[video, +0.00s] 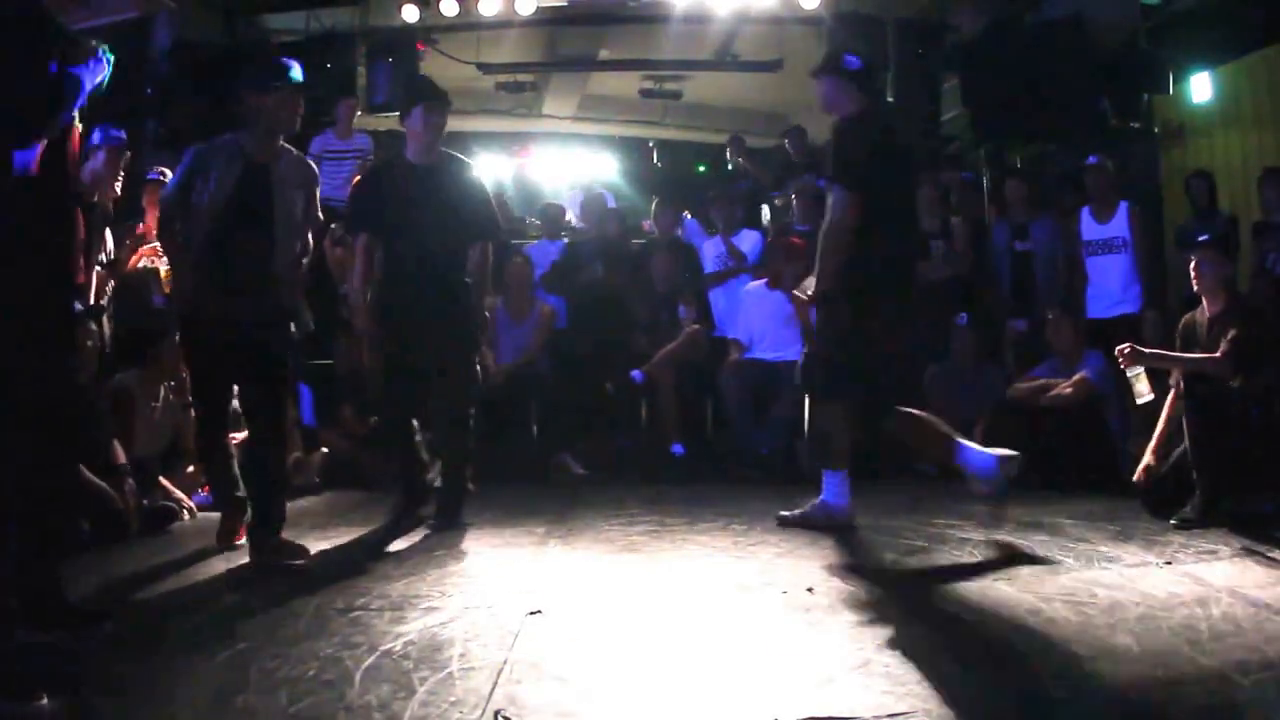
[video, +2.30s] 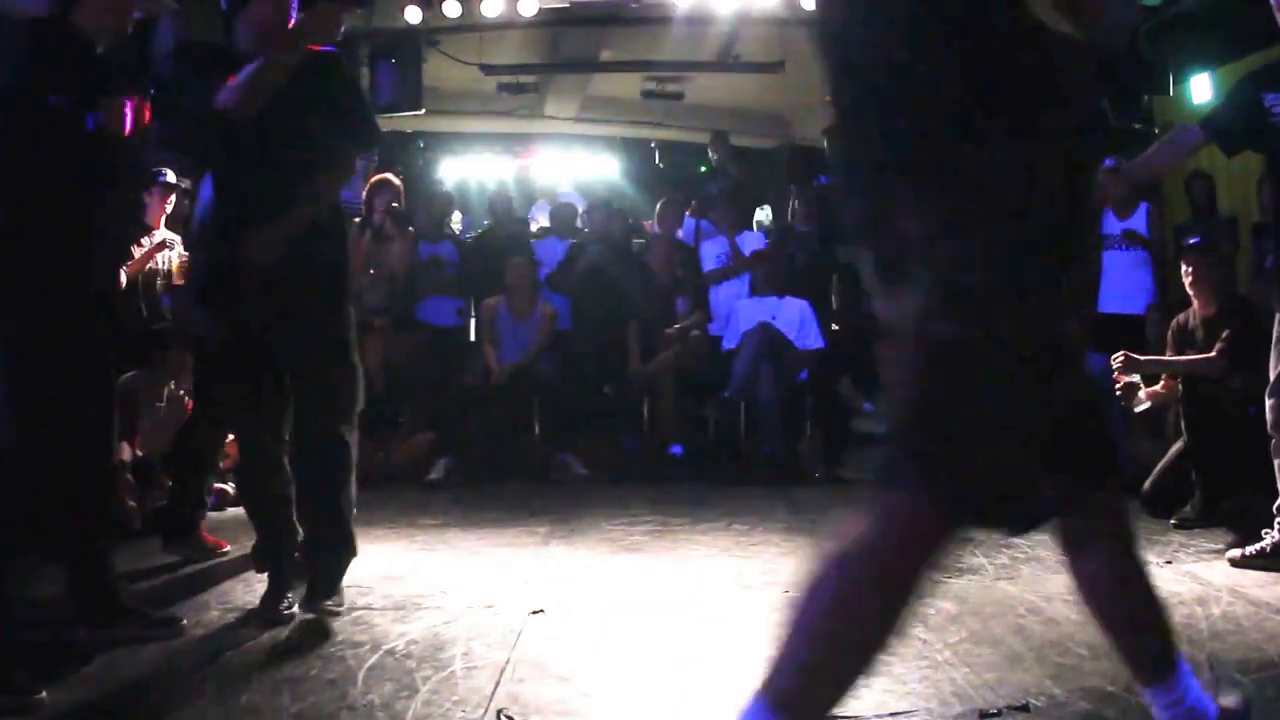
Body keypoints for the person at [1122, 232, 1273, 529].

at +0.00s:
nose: (1194, 269)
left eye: (1204, 262)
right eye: (1192, 261)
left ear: (1226, 269)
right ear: (1188, 267)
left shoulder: (1246, 316)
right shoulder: (1189, 324)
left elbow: (1222, 364)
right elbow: (1177, 392)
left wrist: (1147, 357)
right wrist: (1152, 453)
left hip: (1249, 427)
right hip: (1211, 429)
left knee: (1198, 391)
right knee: (1157, 495)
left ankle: (1205, 499)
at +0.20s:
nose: (1196, 267)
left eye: (1205, 261)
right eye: (1195, 261)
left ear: (1227, 267)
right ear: (1192, 266)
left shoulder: (1245, 315)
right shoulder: (1189, 319)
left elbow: (1223, 363)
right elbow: (1154, 361)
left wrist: (1152, 361)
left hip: (1243, 425)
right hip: (1205, 427)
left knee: (1195, 386)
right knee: (1157, 497)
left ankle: (1207, 499)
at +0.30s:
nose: (1196, 267)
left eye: (1206, 261)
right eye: (1195, 260)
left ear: (1229, 267)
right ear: (1191, 265)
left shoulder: (1246, 314)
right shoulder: (1191, 314)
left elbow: (1222, 363)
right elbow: (1141, 344)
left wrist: (1152, 359)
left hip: (1246, 424)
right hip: (1208, 425)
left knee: (1195, 387)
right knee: (1156, 497)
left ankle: (1206, 498)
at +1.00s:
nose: (1191, 272)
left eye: (1200, 266)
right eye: (1192, 265)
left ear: (1225, 273)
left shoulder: (1245, 316)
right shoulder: (1192, 314)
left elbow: (1220, 363)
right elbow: (1152, 337)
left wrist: (1148, 363)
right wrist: (1106, 341)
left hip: (1241, 429)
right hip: (1205, 430)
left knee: (1193, 383)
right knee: (1156, 497)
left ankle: (1206, 496)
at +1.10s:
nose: (1190, 271)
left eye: (1200, 264)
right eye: (1192, 265)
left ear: (1223, 272)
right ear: (1200, 278)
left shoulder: (1245, 316)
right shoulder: (1191, 317)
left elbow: (1221, 361)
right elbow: (1164, 348)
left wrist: (1146, 364)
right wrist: (1130, 364)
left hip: (1242, 428)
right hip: (1205, 429)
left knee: (1193, 384)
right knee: (1155, 497)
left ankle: (1205, 498)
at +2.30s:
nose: (1189, 271)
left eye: (1198, 264)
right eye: (1185, 265)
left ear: (1216, 269)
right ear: (1181, 272)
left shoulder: (1240, 314)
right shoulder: (1180, 325)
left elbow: (1218, 363)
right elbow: (1170, 387)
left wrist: (1146, 364)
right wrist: (1142, 396)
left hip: (1242, 427)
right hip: (1204, 429)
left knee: (1194, 388)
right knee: (1155, 498)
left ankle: (1205, 498)